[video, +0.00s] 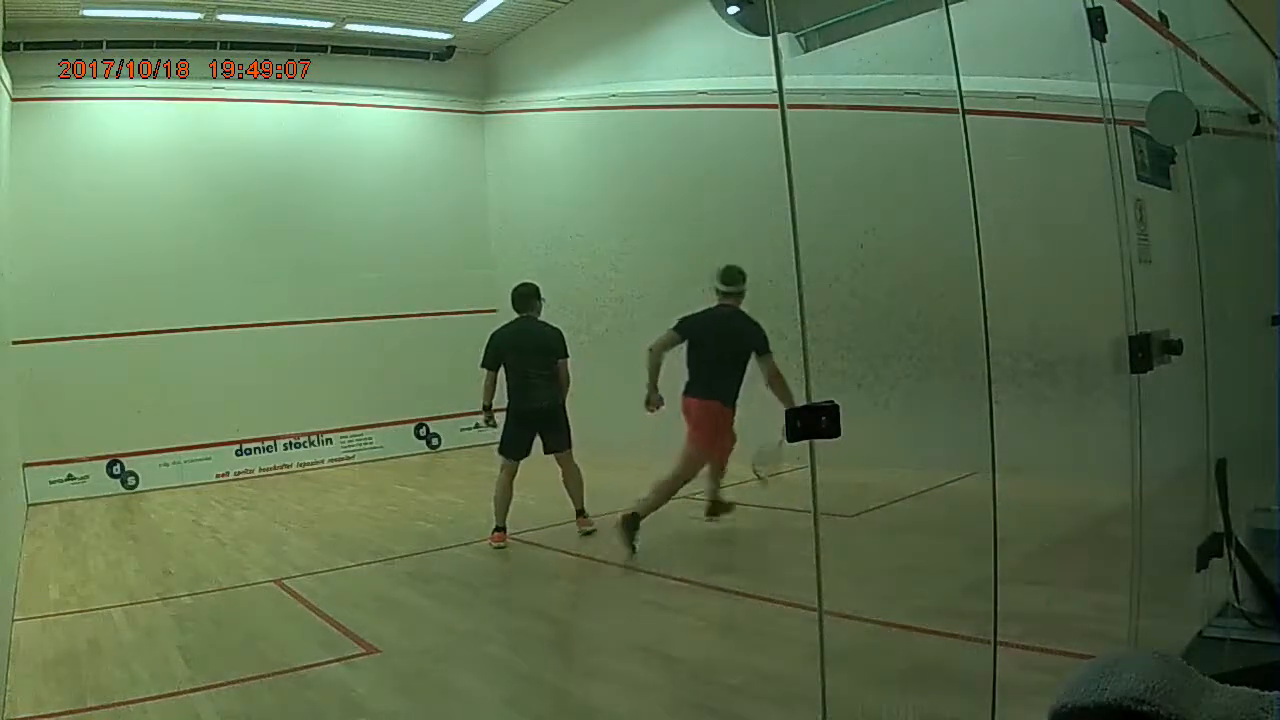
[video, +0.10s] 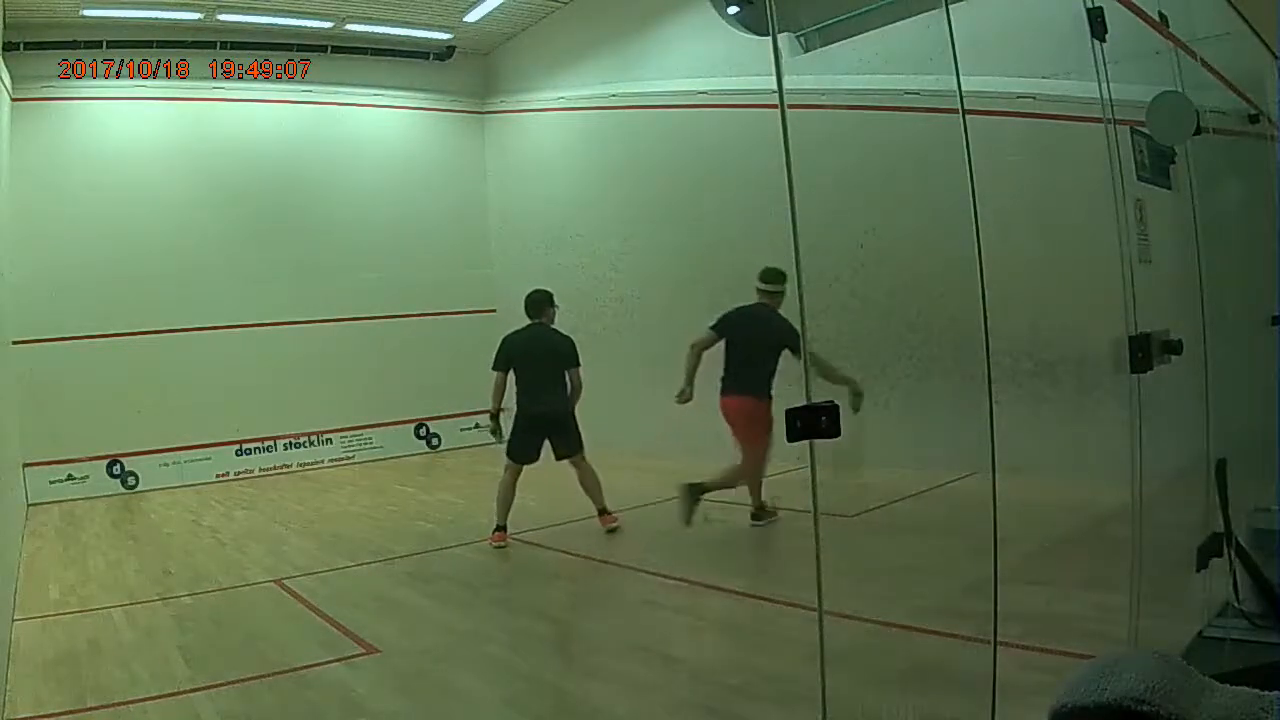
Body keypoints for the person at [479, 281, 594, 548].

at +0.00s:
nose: (543, 305)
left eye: (540, 302)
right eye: (542, 302)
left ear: (514, 306)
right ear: (538, 304)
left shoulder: (500, 336)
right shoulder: (553, 333)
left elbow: (490, 379)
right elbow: (564, 376)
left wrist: (487, 409)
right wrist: (560, 402)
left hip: (520, 413)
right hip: (552, 411)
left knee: (507, 470)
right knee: (567, 462)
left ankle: (499, 529)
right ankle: (582, 516)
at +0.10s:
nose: (556, 313)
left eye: (555, 309)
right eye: (555, 309)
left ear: (528, 313)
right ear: (549, 311)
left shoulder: (511, 341)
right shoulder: (563, 341)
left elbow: (500, 383)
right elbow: (576, 384)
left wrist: (494, 415)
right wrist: (568, 409)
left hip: (527, 417)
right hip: (561, 416)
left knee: (511, 471)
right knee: (580, 463)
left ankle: (500, 529)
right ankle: (604, 514)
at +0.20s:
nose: (571, 316)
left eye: (570, 312)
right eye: (570, 312)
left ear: (544, 316)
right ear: (562, 315)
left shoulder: (527, 344)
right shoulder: (578, 345)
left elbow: (518, 383)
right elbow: (591, 387)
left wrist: (509, 419)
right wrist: (582, 409)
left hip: (539, 420)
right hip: (573, 418)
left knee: (518, 472)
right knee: (595, 465)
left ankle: (500, 529)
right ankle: (625, 512)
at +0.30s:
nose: (597, 316)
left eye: (596, 311)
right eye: (595, 312)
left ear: (571, 316)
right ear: (589, 314)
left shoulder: (558, 342)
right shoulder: (606, 343)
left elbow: (550, 378)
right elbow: (621, 383)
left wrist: (537, 413)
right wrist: (610, 401)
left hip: (571, 416)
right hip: (603, 414)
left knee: (544, 468)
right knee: (613, 462)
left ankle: (514, 523)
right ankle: (633, 514)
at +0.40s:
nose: (618, 312)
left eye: (615, 308)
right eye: (616, 308)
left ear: (591, 312)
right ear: (613, 311)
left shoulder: (581, 339)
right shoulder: (627, 339)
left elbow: (570, 379)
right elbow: (645, 380)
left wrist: (555, 414)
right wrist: (632, 401)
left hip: (594, 413)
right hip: (625, 412)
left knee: (566, 465)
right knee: (623, 460)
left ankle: (559, 526)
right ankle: (633, 516)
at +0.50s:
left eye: (611, 295)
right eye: (627, 293)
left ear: (606, 297)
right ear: (631, 296)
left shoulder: (598, 327)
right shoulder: (646, 326)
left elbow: (582, 366)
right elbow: (666, 366)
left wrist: (568, 399)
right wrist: (650, 390)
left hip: (615, 402)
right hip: (644, 402)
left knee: (597, 458)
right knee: (631, 453)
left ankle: (616, 518)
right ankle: (635, 513)